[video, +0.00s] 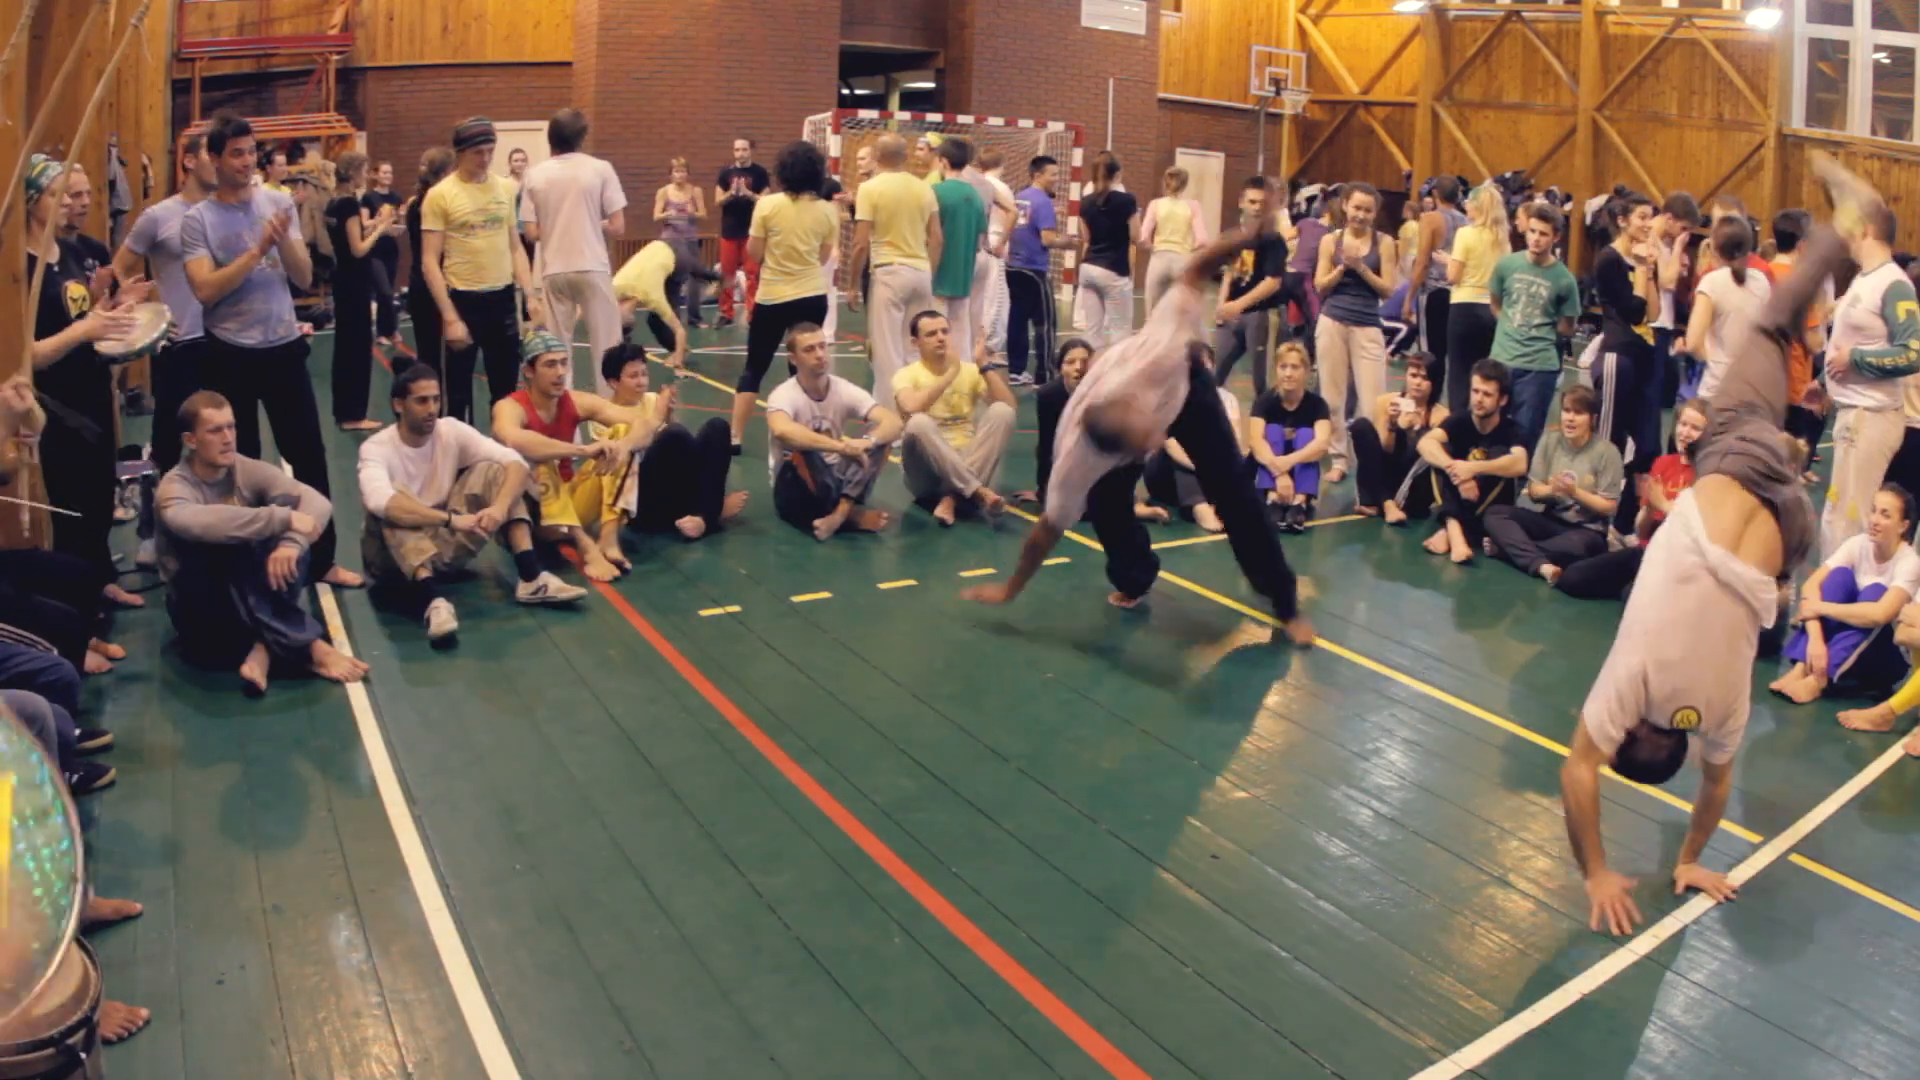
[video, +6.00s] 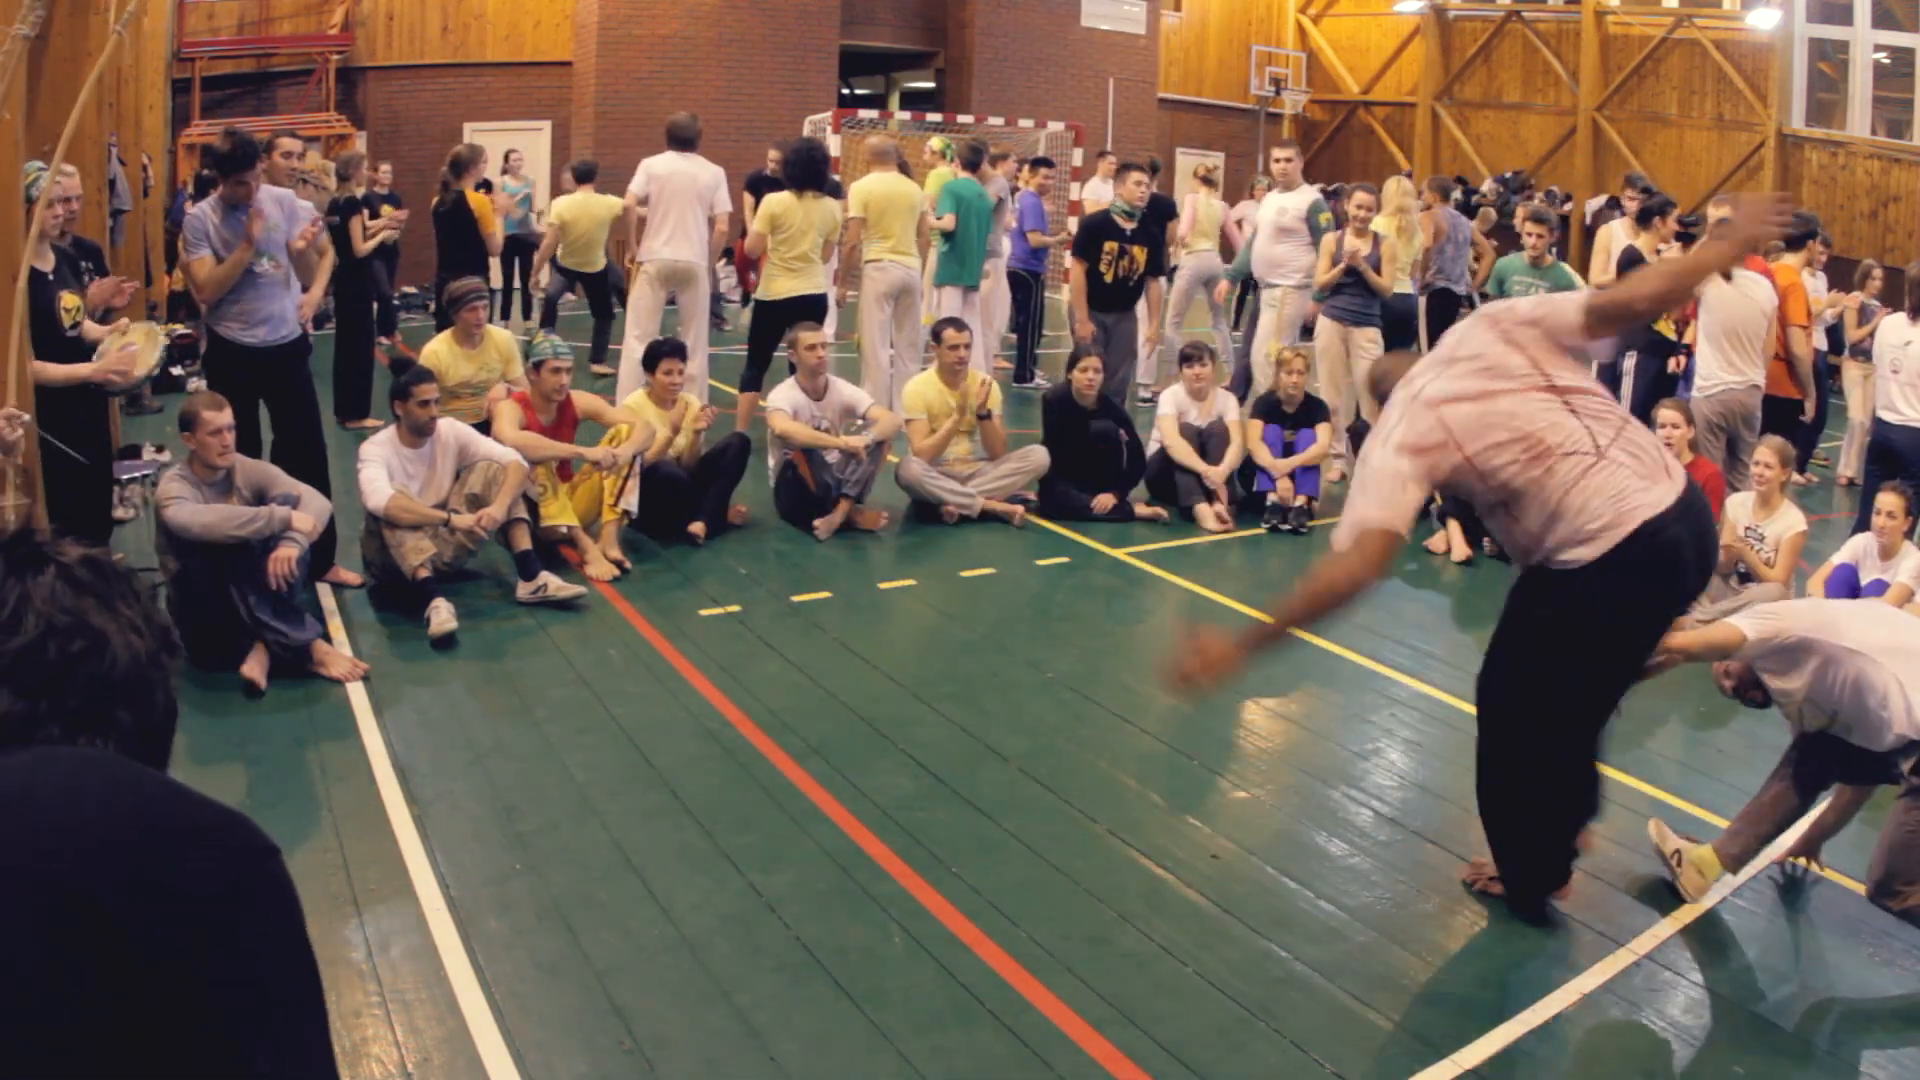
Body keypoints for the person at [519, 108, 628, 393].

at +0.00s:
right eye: (584, 134)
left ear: (551, 138)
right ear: (583, 138)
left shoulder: (535, 174)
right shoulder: (601, 169)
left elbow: (531, 232)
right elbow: (617, 227)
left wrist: (558, 230)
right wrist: (590, 225)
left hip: (554, 267)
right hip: (591, 264)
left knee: (558, 343)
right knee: (606, 340)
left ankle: (559, 409)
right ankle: (607, 406)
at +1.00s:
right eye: (629, 130)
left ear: (595, 134)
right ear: (629, 134)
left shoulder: (578, 172)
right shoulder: (647, 171)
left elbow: (572, 229)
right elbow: (661, 228)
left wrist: (598, 226)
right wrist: (631, 227)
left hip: (596, 271)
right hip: (636, 270)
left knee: (585, 354)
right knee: (636, 353)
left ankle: (579, 434)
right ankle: (632, 429)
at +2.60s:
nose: (603, 134)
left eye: (601, 128)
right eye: (599, 129)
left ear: (567, 140)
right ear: (590, 135)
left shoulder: (553, 174)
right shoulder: (609, 164)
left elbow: (550, 231)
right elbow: (624, 217)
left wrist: (573, 236)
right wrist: (612, 240)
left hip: (568, 264)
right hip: (603, 261)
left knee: (570, 341)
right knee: (620, 339)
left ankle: (568, 402)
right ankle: (619, 405)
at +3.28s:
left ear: (611, 135)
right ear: (644, 136)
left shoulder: (594, 170)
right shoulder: (661, 172)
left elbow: (582, 224)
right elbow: (670, 229)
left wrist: (609, 217)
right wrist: (643, 221)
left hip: (602, 270)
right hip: (643, 270)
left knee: (592, 354)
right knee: (643, 355)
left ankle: (584, 437)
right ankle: (639, 435)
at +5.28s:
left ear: (607, 143)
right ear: (639, 142)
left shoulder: (591, 176)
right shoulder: (659, 174)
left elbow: (581, 229)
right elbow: (675, 228)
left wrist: (609, 228)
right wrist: (645, 228)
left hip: (608, 268)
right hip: (647, 268)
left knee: (596, 351)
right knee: (666, 344)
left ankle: (585, 425)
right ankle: (674, 416)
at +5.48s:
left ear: (635, 140)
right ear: (667, 140)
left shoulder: (619, 169)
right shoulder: (685, 171)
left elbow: (600, 218)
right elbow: (696, 228)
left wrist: (619, 248)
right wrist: (671, 246)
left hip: (633, 263)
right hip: (674, 262)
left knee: (613, 343)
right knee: (684, 342)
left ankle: (596, 420)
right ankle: (689, 415)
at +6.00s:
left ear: (666, 138)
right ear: (698, 139)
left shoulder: (651, 165)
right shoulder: (713, 172)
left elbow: (629, 204)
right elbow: (722, 227)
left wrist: (632, 245)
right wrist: (709, 262)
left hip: (654, 254)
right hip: (694, 258)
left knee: (639, 337)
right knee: (695, 340)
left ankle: (628, 412)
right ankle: (693, 412)